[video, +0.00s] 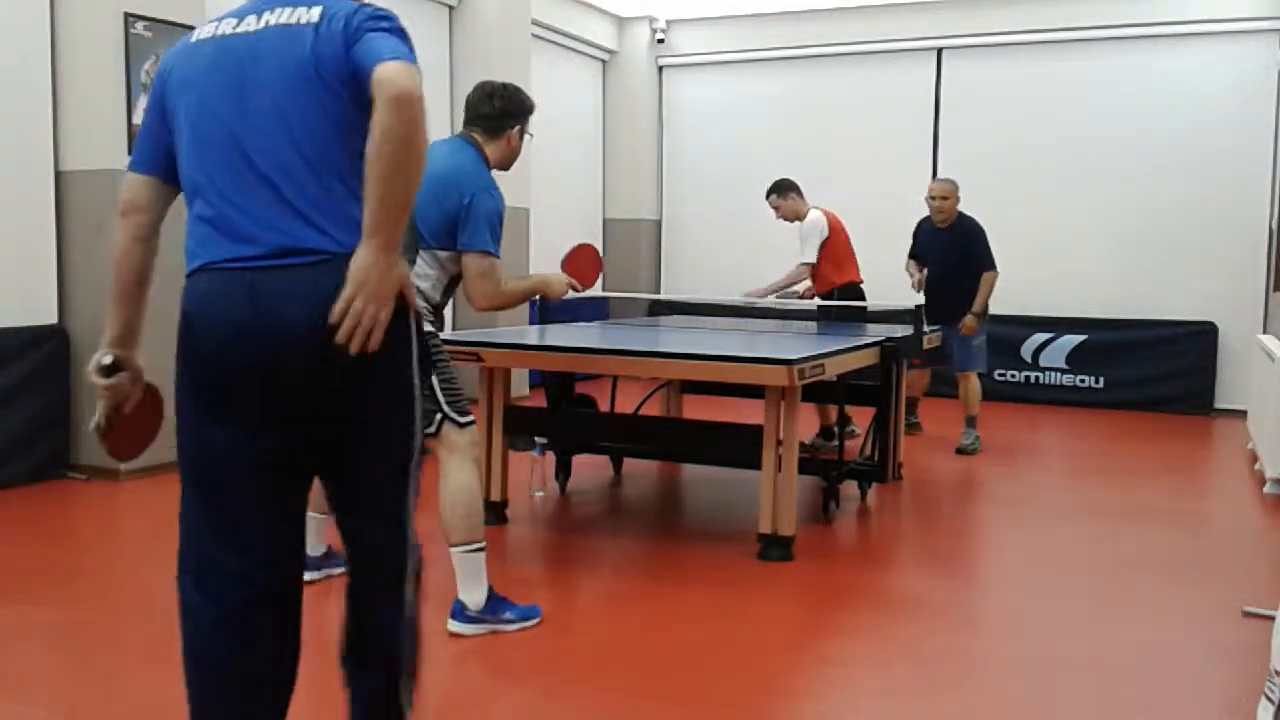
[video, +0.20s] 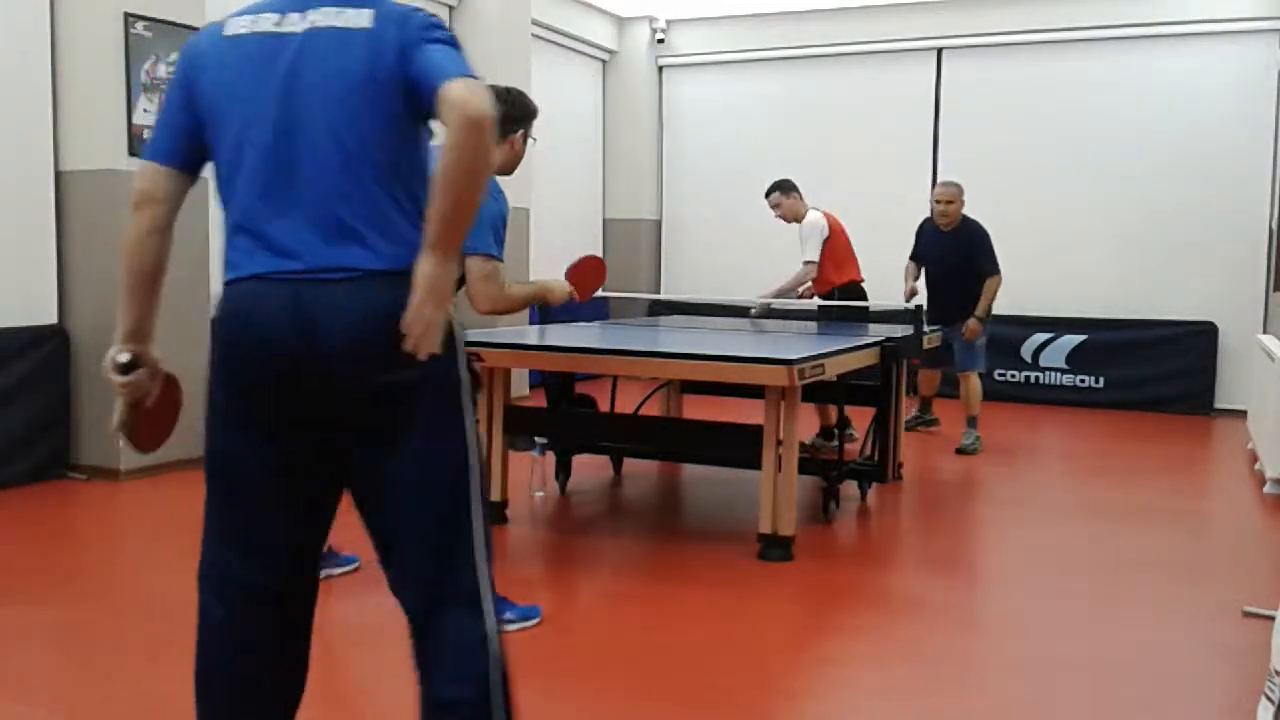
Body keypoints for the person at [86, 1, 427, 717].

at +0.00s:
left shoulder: (182, 56)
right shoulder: (358, 18)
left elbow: (136, 209)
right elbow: (400, 97)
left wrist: (118, 347)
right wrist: (381, 250)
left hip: (221, 313)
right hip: (350, 300)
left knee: (230, 558)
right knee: (380, 549)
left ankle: (230, 710)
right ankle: (381, 706)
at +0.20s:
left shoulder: (209, 46)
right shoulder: (403, 23)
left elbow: (151, 202)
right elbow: (472, 112)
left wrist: (130, 348)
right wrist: (437, 274)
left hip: (259, 333)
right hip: (392, 323)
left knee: (250, 588)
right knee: (445, 589)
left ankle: (239, 711)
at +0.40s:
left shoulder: (285, 46)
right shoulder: (486, 30)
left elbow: (227, 203)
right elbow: (565, 140)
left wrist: (207, 348)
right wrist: (531, 266)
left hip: (333, 339)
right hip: (467, 332)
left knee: (304, 591)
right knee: (491, 594)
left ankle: (263, 709)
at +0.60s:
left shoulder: (337, 33)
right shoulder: (542, 22)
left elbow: (286, 196)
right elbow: (617, 181)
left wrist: (280, 336)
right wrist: (582, 251)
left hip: (363, 323)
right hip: (502, 323)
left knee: (351, 584)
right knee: (520, 592)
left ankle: (331, 713)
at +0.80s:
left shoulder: (350, 32)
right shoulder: (555, 25)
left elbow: (289, 188)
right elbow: (620, 188)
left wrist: (324, 317)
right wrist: (575, 234)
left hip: (379, 320)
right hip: (511, 321)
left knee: (385, 579)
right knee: (525, 582)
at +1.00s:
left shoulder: (342, 53)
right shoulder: (536, 26)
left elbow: (296, 212)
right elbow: (598, 177)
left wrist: (357, 303)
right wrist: (564, 247)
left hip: (383, 328)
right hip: (515, 322)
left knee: (385, 589)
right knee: (571, 579)